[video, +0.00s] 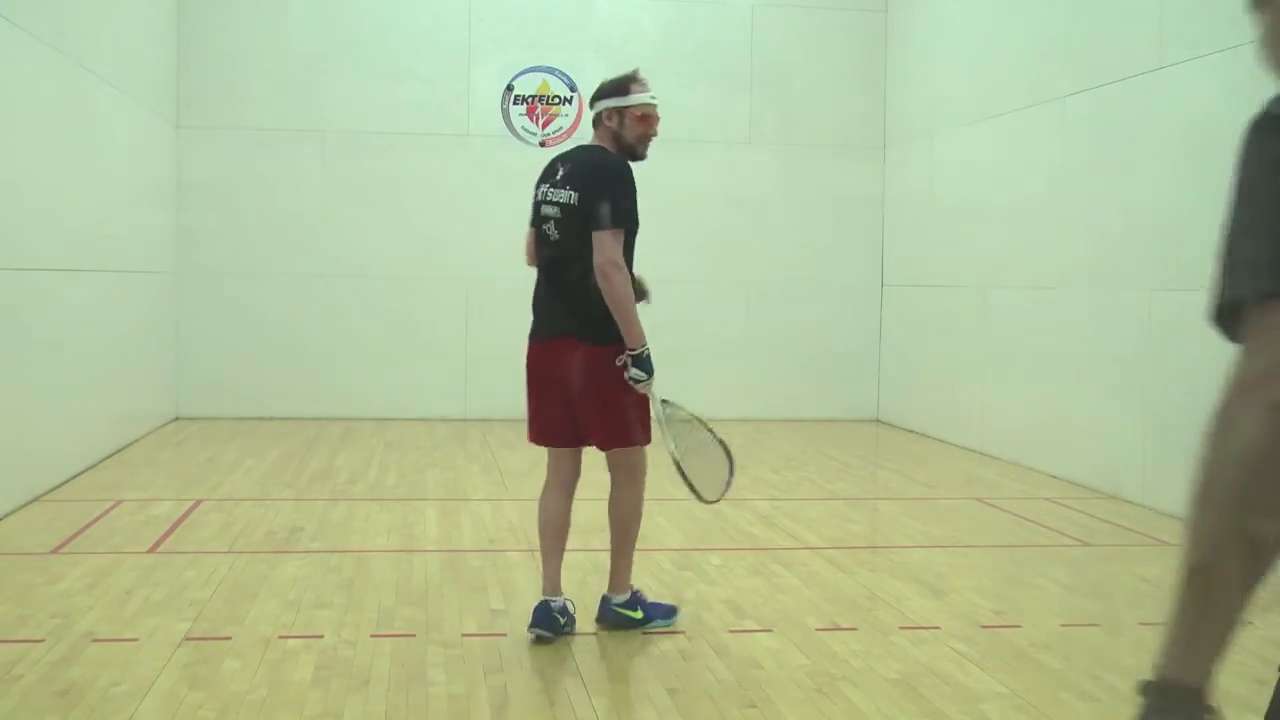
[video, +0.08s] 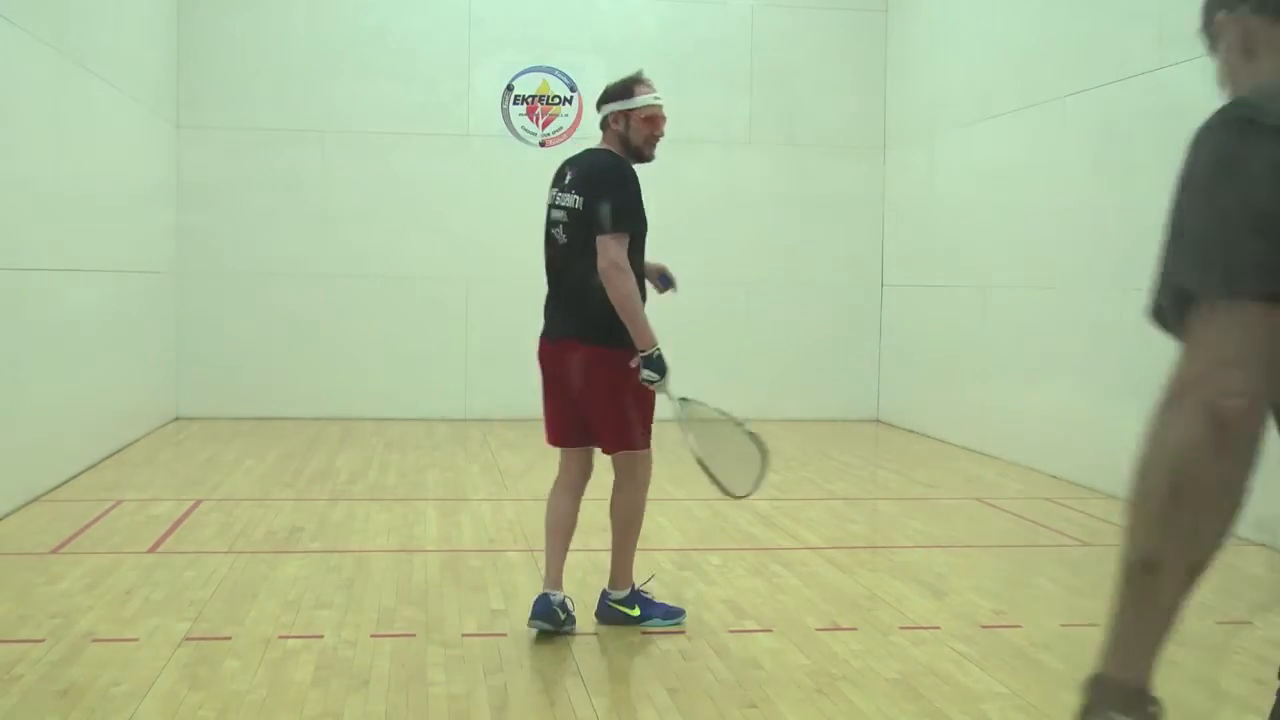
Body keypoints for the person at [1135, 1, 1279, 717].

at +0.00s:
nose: (1260, 29)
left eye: (1261, 15)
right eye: (1261, 15)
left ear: (1268, 18)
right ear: (1264, 21)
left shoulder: (1271, 131)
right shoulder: (1268, 131)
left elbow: (1265, 387)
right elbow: (1264, 387)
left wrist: (1179, 687)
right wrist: (1180, 687)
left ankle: (1182, 687)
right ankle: (1178, 687)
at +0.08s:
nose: (1218, 72)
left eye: (1215, 43)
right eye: (1213, 49)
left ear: (1241, 23)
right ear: (1254, 25)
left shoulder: (1255, 131)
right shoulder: (1249, 132)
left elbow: (1224, 403)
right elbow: (1223, 403)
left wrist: (1120, 681)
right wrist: (1121, 681)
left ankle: (1121, 686)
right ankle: (1118, 685)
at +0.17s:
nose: (1198, 93)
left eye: (1189, 68)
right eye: (1188, 72)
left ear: (1211, 47)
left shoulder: (1229, 142)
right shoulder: (1226, 147)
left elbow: (1163, 419)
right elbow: (1163, 418)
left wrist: (1075, 682)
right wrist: (1076, 679)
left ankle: (1077, 689)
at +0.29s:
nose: (1175, 100)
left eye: (1166, 80)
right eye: (1169, 84)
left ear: (1184, 68)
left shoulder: (1194, 160)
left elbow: (1124, 434)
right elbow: (1123, 434)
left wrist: (1045, 678)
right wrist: (1046, 674)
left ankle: (1047, 684)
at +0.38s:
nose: (1177, 85)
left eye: (1165, 63)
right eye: (1168, 68)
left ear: (1176, 46)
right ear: (1275, 23)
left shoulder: (1181, 156)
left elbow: (1118, 436)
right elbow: (1117, 436)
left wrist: (1043, 681)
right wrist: (1044, 677)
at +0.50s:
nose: (1178, 66)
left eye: (1168, 44)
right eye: (1172, 53)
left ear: (1177, 19)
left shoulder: (1179, 145)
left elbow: (1118, 434)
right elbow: (1117, 434)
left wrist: (1049, 680)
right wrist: (1049, 676)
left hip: (1276, 617)